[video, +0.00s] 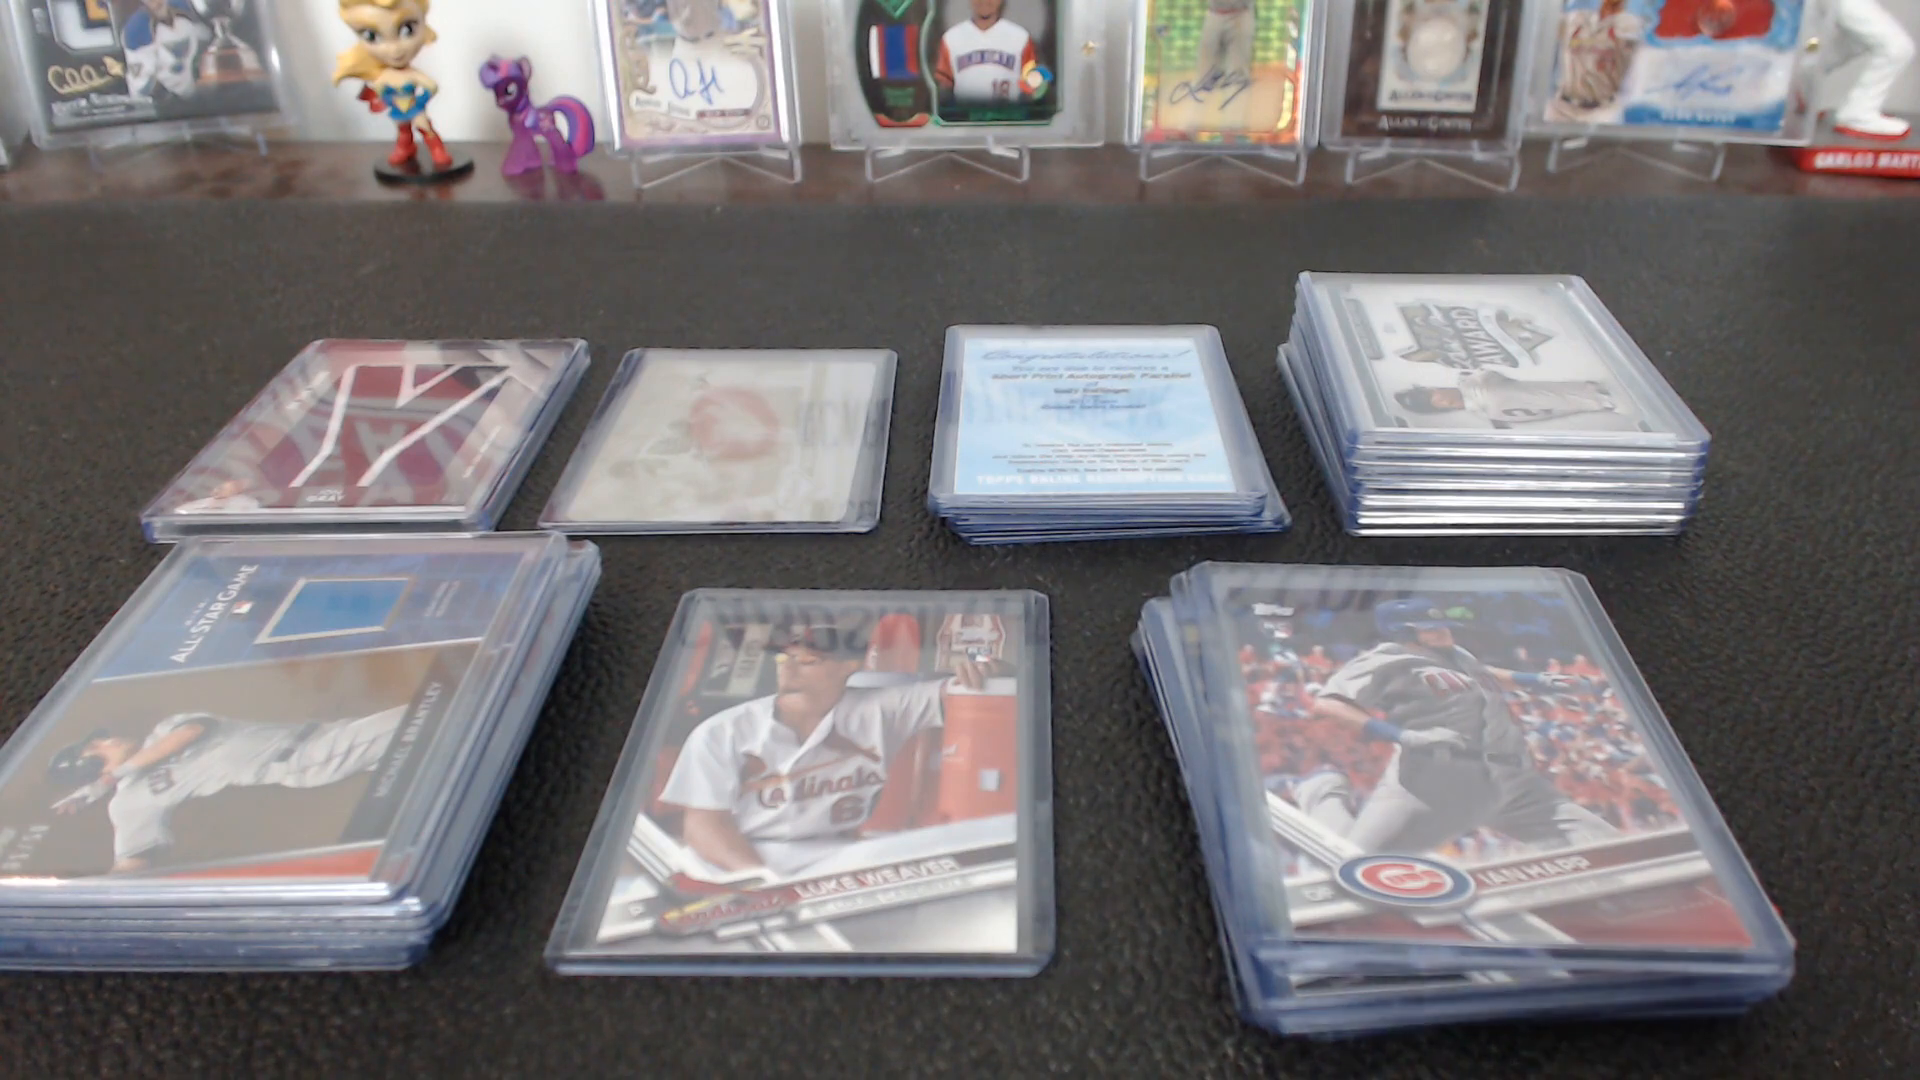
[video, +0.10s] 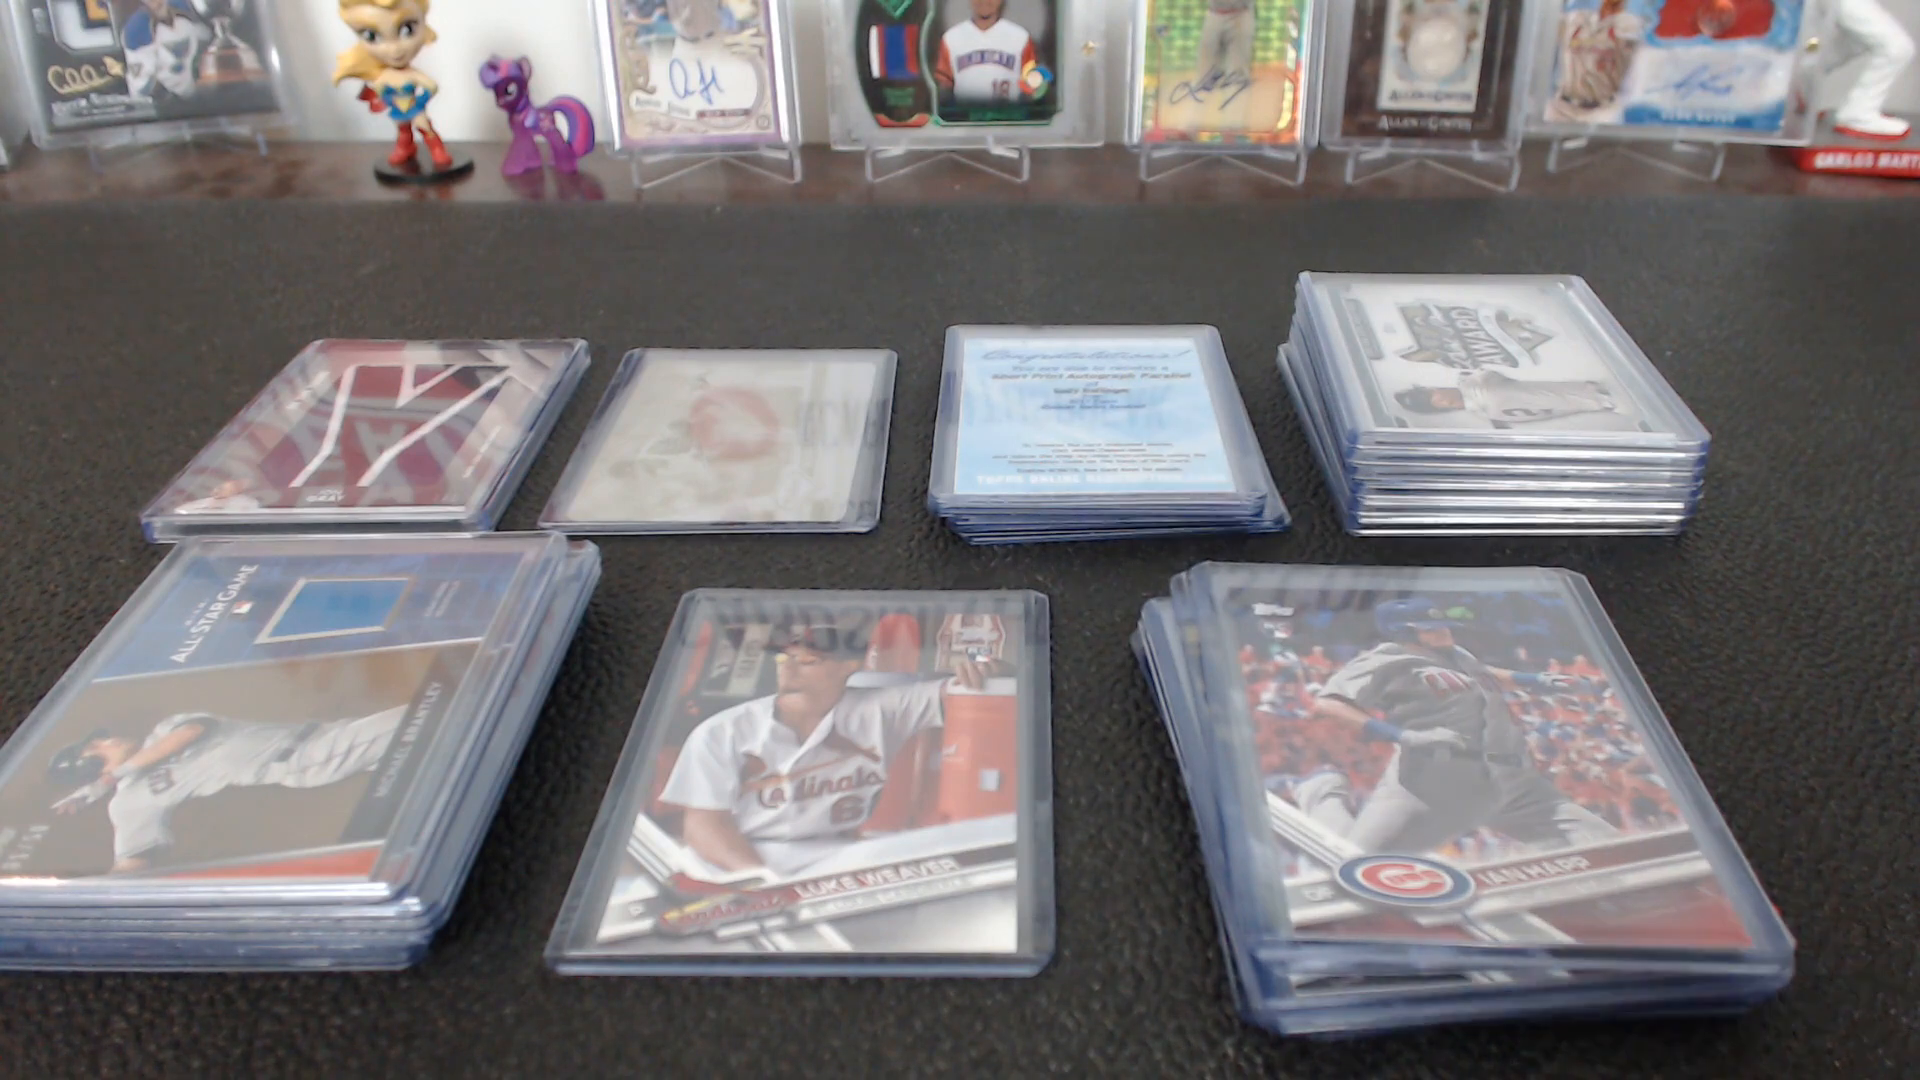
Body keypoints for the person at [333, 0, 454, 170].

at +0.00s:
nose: (394, 50)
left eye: (407, 30)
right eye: (372, 36)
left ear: (424, 29)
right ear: (359, 38)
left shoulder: (414, 75)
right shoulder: (379, 75)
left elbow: (426, 86)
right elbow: (370, 88)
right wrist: (375, 100)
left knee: (421, 122)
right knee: (401, 124)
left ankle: (437, 149)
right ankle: (405, 147)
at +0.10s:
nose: (394, 50)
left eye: (407, 30)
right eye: (372, 36)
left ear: (424, 29)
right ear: (359, 38)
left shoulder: (414, 75)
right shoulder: (379, 75)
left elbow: (426, 86)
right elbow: (370, 88)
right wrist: (375, 100)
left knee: (421, 122)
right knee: (401, 124)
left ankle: (437, 149)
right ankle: (405, 147)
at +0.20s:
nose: (394, 50)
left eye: (407, 30)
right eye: (372, 36)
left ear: (424, 29)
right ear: (359, 38)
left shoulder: (414, 75)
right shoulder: (379, 75)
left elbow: (426, 86)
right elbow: (370, 87)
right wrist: (374, 100)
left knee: (422, 122)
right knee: (401, 124)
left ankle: (437, 149)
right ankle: (405, 148)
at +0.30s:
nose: (394, 50)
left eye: (407, 30)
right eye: (372, 36)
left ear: (424, 29)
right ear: (359, 38)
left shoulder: (414, 75)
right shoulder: (379, 75)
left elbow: (427, 86)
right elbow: (370, 88)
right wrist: (374, 100)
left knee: (422, 123)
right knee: (401, 125)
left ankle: (437, 149)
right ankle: (405, 148)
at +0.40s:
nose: (394, 50)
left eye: (407, 30)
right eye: (372, 36)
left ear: (424, 29)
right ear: (359, 38)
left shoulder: (414, 75)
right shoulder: (379, 75)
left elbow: (427, 86)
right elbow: (370, 88)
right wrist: (374, 100)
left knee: (422, 123)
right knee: (401, 125)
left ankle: (437, 149)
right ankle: (405, 148)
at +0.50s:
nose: (394, 51)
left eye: (407, 30)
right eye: (372, 36)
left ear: (424, 29)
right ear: (359, 38)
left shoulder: (414, 75)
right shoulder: (379, 75)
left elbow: (427, 86)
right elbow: (370, 88)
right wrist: (375, 100)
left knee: (422, 123)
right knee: (401, 125)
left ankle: (437, 149)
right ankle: (405, 148)